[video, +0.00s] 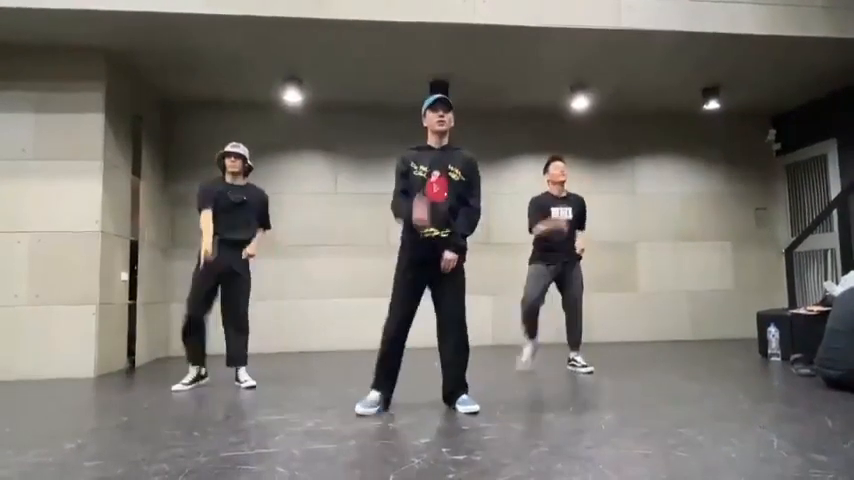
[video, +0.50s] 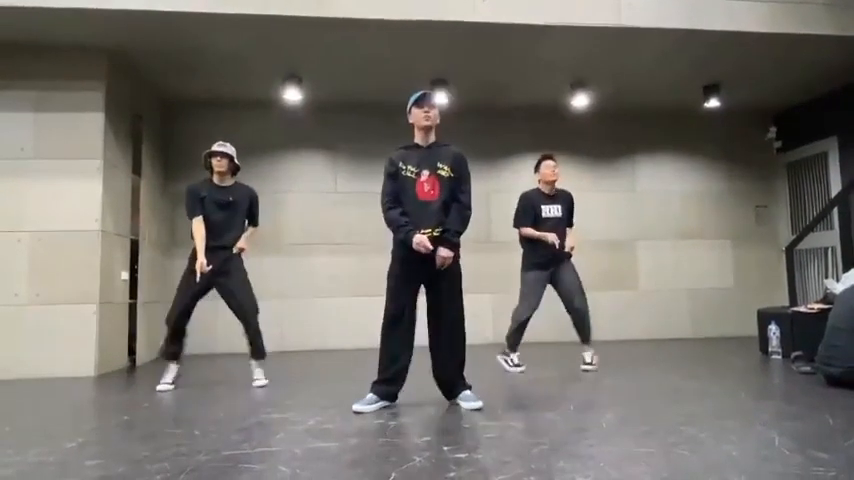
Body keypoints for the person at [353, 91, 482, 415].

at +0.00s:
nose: (441, 116)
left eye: (446, 111)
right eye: (434, 111)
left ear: (453, 118)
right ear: (424, 118)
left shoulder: (466, 162)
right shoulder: (409, 159)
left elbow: (471, 209)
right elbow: (398, 202)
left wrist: (456, 245)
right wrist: (412, 211)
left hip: (449, 254)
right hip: (413, 254)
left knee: (454, 326)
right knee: (396, 324)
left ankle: (457, 393)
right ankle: (380, 392)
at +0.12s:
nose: (435, 115)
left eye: (440, 111)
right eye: (429, 110)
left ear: (446, 119)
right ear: (418, 118)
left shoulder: (460, 161)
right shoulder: (401, 159)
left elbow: (464, 209)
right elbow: (393, 209)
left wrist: (448, 245)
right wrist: (411, 234)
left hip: (445, 255)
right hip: (408, 254)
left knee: (452, 325)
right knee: (395, 322)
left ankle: (458, 392)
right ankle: (381, 392)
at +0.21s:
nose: (432, 115)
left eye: (437, 111)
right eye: (426, 110)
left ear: (443, 119)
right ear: (414, 117)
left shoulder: (457, 160)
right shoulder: (399, 159)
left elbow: (462, 208)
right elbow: (391, 208)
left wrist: (445, 243)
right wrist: (410, 234)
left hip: (443, 253)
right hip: (406, 252)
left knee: (456, 319)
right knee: (390, 318)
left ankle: (471, 388)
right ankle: (370, 389)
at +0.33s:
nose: (427, 112)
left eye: (431, 108)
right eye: (421, 108)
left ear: (438, 116)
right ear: (410, 117)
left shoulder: (453, 160)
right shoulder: (396, 161)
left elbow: (461, 207)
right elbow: (386, 209)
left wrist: (446, 241)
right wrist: (408, 233)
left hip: (443, 253)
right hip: (407, 253)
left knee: (460, 319)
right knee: (392, 318)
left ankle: (475, 386)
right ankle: (372, 389)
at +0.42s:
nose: (427, 112)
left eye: (431, 107)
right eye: (420, 108)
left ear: (438, 115)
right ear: (409, 116)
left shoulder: (454, 159)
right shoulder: (396, 160)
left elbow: (462, 206)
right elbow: (388, 208)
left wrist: (447, 242)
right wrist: (409, 234)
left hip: (444, 251)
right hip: (406, 251)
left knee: (450, 322)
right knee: (395, 321)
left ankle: (454, 386)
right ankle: (387, 390)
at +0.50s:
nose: (427, 112)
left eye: (432, 107)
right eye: (421, 107)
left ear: (438, 115)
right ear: (410, 116)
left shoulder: (454, 158)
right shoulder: (397, 159)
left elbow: (462, 205)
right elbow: (390, 207)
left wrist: (449, 241)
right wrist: (410, 235)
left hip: (445, 251)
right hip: (407, 250)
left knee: (449, 320)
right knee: (397, 319)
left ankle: (456, 388)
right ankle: (385, 390)